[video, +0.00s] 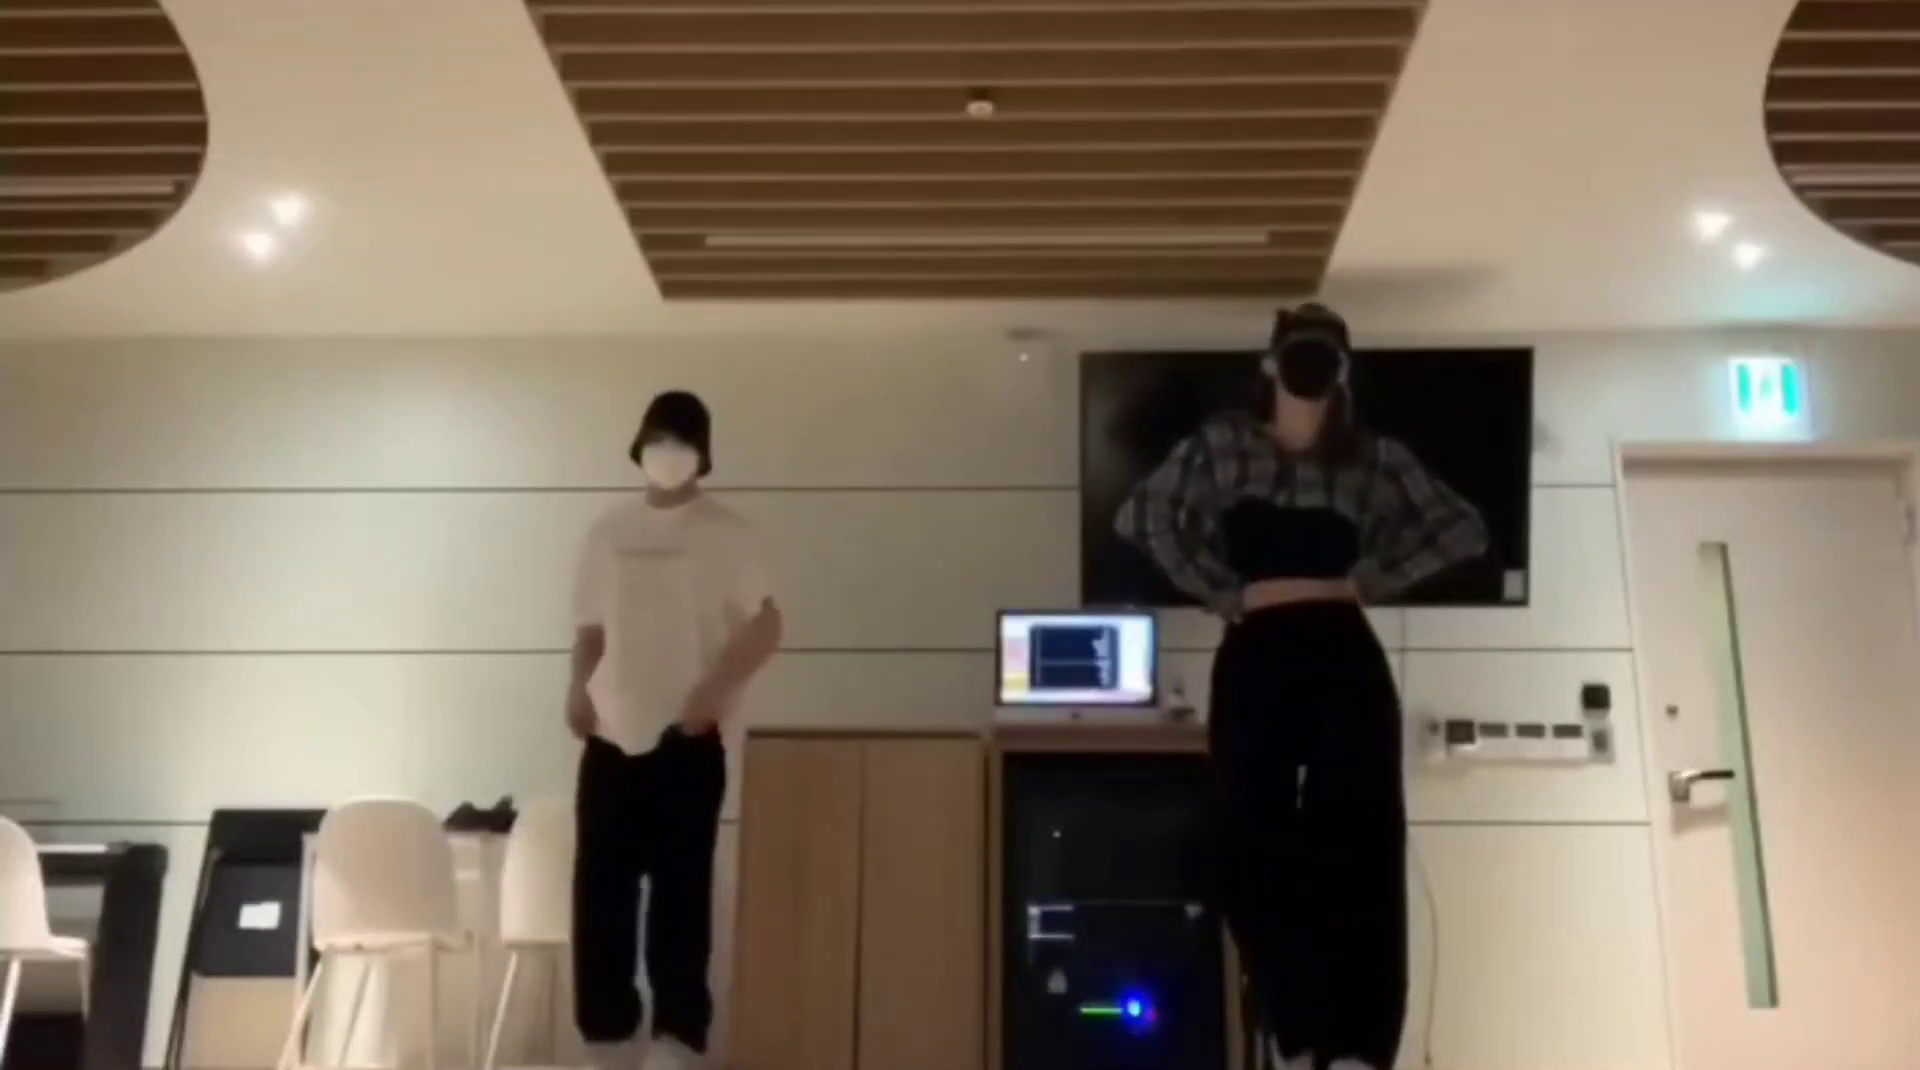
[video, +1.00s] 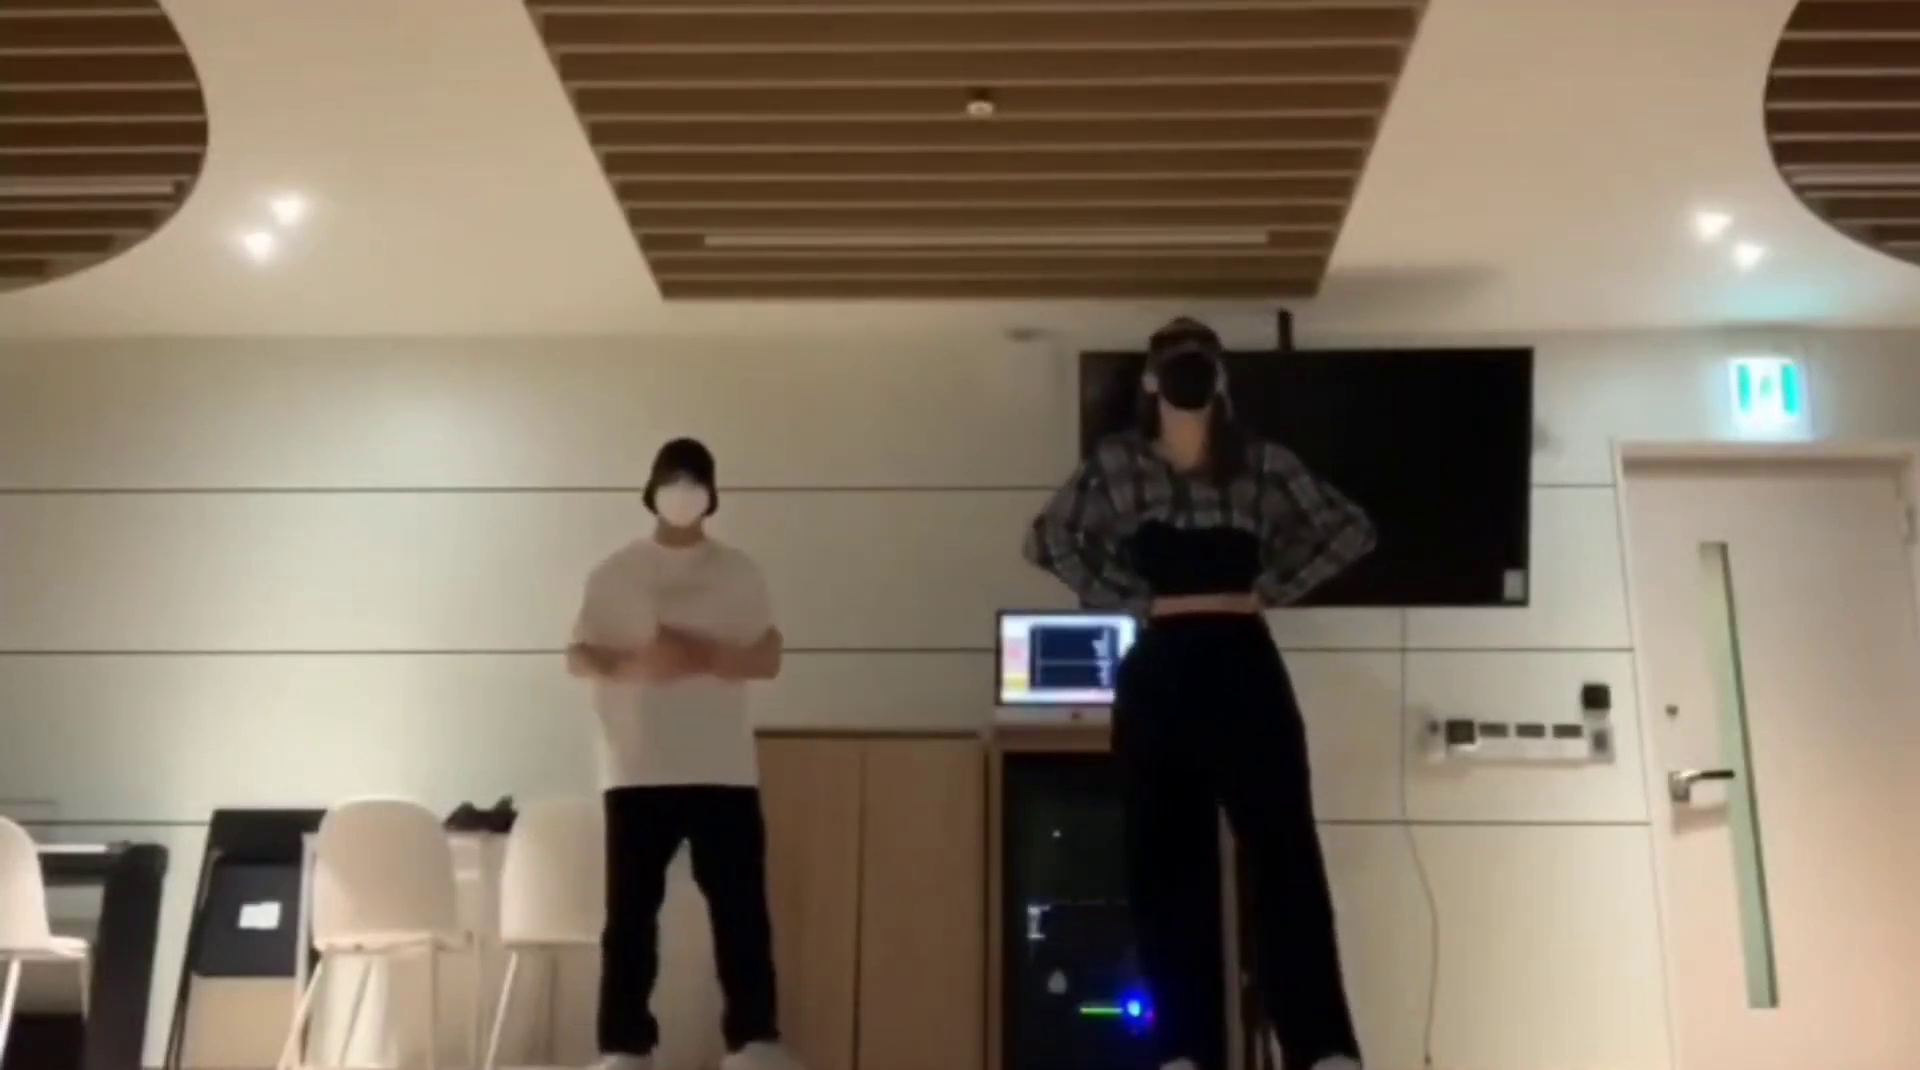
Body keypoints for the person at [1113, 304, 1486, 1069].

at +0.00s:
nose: (1310, 362)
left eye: (1323, 351)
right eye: (1299, 349)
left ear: (1342, 366)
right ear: (1272, 362)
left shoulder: (1373, 455)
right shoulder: (1224, 444)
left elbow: (1464, 530)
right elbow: (1144, 517)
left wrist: (1376, 578)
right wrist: (1218, 591)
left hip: (1345, 657)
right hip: (1257, 659)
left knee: (1359, 840)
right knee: (1257, 843)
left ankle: (1358, 1041)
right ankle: (1293, 1040)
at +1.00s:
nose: (1189, 368)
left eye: (1199, 356)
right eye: (1174, 358)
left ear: (1221, 376)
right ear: (1150, 379)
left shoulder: (1264, 464)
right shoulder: (1116, 465)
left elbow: (1352, 530)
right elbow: (1049, 538)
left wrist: (1277, 586)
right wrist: (1126, 595)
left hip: (1248, 670)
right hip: (1162, 674)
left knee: (1283, 854)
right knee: (1168, 860)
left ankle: (1321, 1047)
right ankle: (1184, 1046)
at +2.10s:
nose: (1231, 411)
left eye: (1242, 401)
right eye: (1218, 401)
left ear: (1263, 419)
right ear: (1193, 418)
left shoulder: (1296, 498)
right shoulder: (1158, 491)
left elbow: (1377, 558)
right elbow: (1085, 557)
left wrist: (1307, 613)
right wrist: (1157, 626)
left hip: (1277, 688)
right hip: (1194, 689)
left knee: (1276, 867)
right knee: (1184, 864)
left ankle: (1266, 1043)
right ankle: (1190, 1041)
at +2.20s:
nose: (1232, 409)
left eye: (1243, 400)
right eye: (1218, 400)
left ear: (1264, 419)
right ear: (1192, 418)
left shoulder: (1298, 498)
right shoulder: (1158, 492)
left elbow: (1382, 557)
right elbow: (1082, 562)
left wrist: (1320, 614)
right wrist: (1148, 633)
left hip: (1277, 689)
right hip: (1193, 691)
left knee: (1276, 869)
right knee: (1185, 867)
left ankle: (1267, 1043)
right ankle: (1188, 1041)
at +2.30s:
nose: (1235, 418)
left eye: (1245, 407)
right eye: (1222, 408)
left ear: (1266, 424)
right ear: (1195, 423)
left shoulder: (1300, 504)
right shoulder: (1158, 495)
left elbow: (1379, 569)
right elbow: (1092, 569)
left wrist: (1358, 639)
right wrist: (1147, 632)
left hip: (1279, 691)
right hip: (1195, 691)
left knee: (1278, 869)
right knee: (1186, 866)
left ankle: (1267, 1040)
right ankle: (1190, 1039)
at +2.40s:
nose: (1235, 423)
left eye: (1245, 413)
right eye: (1222, 413)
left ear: (1264, 425)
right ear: (1196, 424)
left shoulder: (1295, 507)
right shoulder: (1162, 496)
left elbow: (1334, 604)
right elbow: (1103, 576)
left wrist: (1360, 689)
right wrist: (1162, 604)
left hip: (1280, 693)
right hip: (1198, 692)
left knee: (1279, 871)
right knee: (1187, 866)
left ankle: (1266, 1039)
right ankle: (1190, 1038)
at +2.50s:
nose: (1234, 415)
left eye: (1246, 405)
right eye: (1219, 405)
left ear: (1265, 423)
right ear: (1194, 421)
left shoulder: (1296, 509)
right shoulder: (1158, 499)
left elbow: (1319, 615)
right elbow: (1111, 582)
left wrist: (1344, 704)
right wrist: (1163, 584)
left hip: (1282, 696)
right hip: (1198, 693)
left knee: (1278, 874)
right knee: (1187, 869)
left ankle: (1267, 1041)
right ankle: (1191, 1040)